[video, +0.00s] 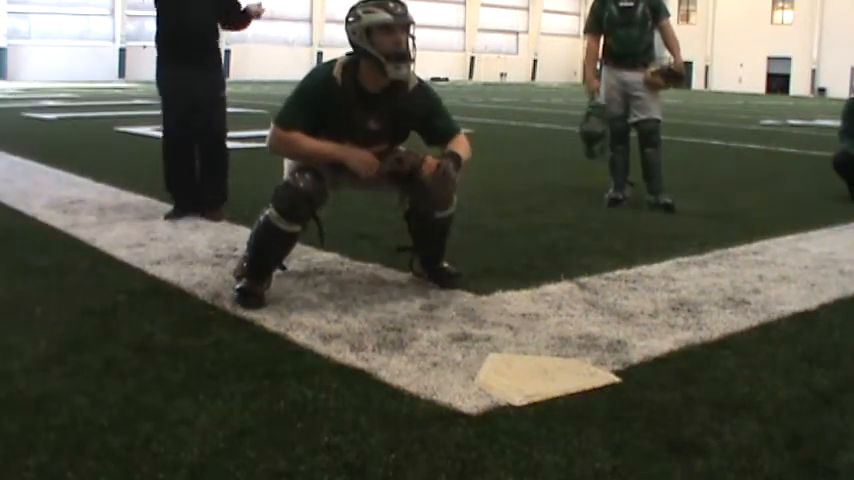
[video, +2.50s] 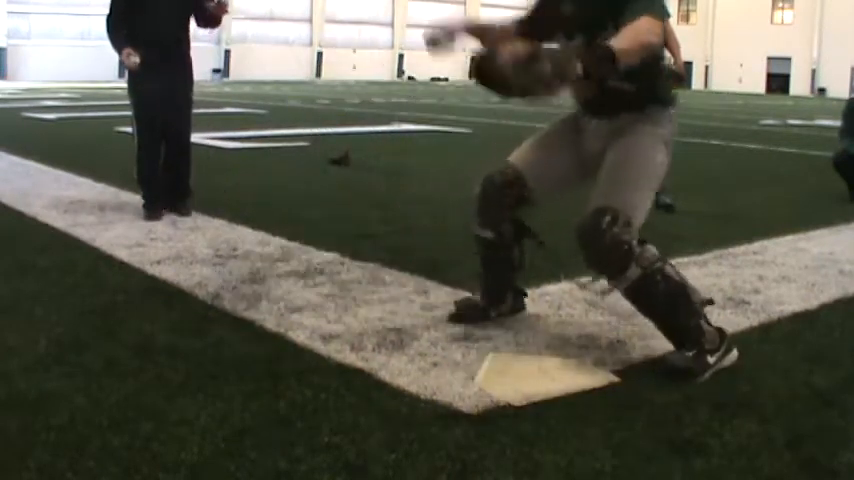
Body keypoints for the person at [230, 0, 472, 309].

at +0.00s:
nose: (401, 42)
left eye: (404, 32)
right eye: (388, 32)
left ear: (409, 35)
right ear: (363, 38)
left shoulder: (412, 90)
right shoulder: (325, 80)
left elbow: (459, 141)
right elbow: (279, 139)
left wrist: (448, 163)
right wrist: (346, 154)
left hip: (379, 164)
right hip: (321, 161)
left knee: (436, 179)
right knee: (302, 189)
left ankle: (430, 263)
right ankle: (253, 277)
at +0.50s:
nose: (400, 44)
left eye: (403, 35)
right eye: (388, 36)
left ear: (409, 37)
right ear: (362, 41)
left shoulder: (413, 92)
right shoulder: (325, 83)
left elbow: (456, 140)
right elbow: (280, 143)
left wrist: (456, 164)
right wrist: (348, 157)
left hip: (382, 166)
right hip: (322, 165)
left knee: (436, 181)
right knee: (305, 193)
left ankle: (430, 264)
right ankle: (254, 278)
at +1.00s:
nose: (400, 64)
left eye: (407, 55)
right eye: (392, 54)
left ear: (417, 51)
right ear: (369, 44)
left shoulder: (418, 79)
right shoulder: (328, 64)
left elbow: (424, 140)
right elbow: (315, 143)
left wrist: (409, 197)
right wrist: (352, 206)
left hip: (366, 158)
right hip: (313, 153)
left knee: (433, 206)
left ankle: (412, 255)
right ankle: (250, 261)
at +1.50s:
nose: (358, 98)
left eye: (365, 90)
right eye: (348, 90)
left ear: (377, 75)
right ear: (327, 74)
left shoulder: (387, 89)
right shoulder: (289, 93)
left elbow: (402, 131)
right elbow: (247, 124)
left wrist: (389, 163)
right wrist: (291, 166)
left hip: (375, 192)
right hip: (318, 197)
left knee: (431, 281)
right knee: (290, 297)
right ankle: (251, 264)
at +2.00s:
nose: (491, 23)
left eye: (493, 13)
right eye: (479, 15)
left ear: (495, 12)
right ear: (449, 16)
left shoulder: (504, 54)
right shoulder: (412, 50)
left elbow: (568, 88)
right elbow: (335, 88)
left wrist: (520, 103)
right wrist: (364, 76)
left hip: (462, 177)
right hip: (394, 177)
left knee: (520, 200)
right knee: (325, 275)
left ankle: (475, 299)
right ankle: (255, 262)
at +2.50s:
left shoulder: (640, 3)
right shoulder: (561, 7)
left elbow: (649, 34)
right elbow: (520, 38)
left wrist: (599, 56)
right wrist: (471, 33)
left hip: (643, 124)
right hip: (588, 121)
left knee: (605, 236)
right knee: (498, 193)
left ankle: (703, 340)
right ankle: (500, 298)